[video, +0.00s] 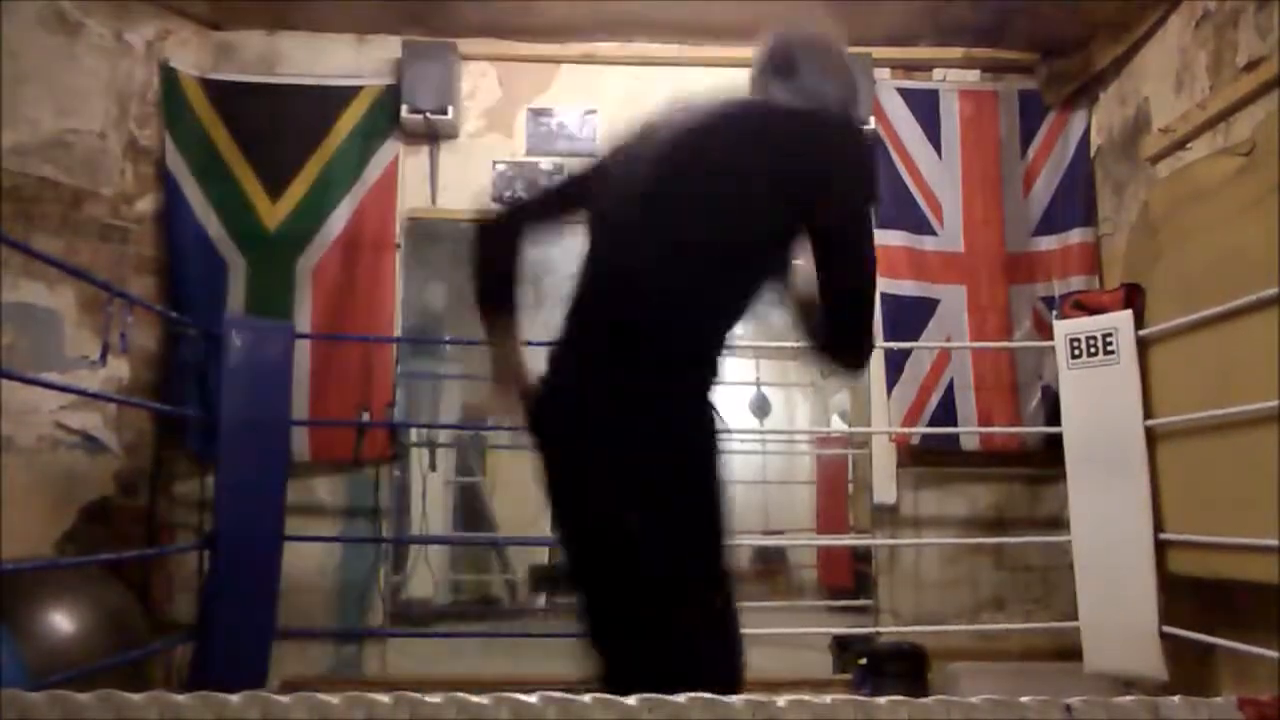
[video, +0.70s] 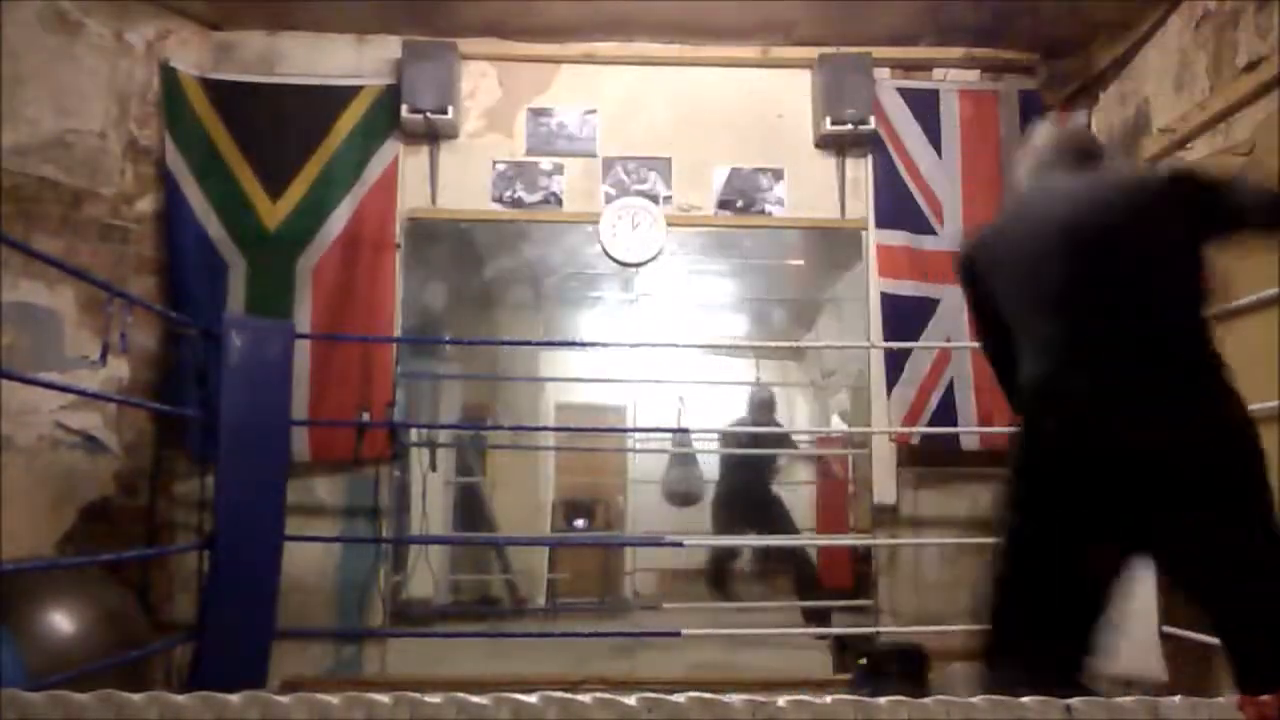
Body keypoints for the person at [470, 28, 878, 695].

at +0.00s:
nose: (854, 120)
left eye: (852, 111)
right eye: (853, 108)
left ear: (763, 81)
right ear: (840, 93)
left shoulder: (673, 139)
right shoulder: (833, 144)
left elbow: (500, 228)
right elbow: (847, 343)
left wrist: (509, 370)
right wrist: (788, 277)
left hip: (568, 404)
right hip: (662, 411)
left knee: (629, 648)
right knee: (701, 654)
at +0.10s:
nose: (849, 159)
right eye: (853, 148)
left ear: (773, 133)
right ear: (849, 143)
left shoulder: (698, 175)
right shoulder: (863, 193)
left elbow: (556, 336)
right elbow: (828, 400)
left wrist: (578, 445)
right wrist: (788, 404)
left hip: (616, 426)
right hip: (721, 431)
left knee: (688, 664)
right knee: (782, 661)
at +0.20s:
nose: (868, 170)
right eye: (865, 162)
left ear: (782, 161)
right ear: (858, 159)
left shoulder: (709, 209)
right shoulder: (877, 199)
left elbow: (665, 360)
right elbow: (871, 363)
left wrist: (624, 477)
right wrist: (824, 458)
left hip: (670, 464)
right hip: (776, 459)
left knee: (714, 685)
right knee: (879, 674)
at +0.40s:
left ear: (862, 118)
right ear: (927, 103)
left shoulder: (813, 162)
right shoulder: (959, 124)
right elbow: (1065, 120)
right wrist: (1115, 130)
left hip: (801, 389)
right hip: (925, 377)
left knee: (754, 581)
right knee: (1068, 546)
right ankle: (1092, 709)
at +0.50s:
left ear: (925, 87)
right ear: (1005, 77)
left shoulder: (874, 138)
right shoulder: (1031, 93)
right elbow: (1196, 36)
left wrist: (921, 103)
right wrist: (1274, 121)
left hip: (893, 368)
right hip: (1019, 360)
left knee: (831, 559)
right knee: (1121, 531)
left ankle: (762, 715)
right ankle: (1222, 695)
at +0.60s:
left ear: (985, 104)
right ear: (1060, 90)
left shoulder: (935, 176)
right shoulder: (1092, 121)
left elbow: (955, 273)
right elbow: (1203, 98)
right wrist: (1266, 84)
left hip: (983, 407)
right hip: (1108, 398)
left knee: (918, 577)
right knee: (1200, 569)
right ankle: (1264, 682)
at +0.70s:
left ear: (1025, 174)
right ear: (1101, 159)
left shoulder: (990, 249)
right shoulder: (1160, 194)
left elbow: (1014, 378)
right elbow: (1267, 205)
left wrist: (1060, 428)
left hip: (1068, 476)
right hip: (1197, 460)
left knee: (1029, 663)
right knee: (1265, 638)